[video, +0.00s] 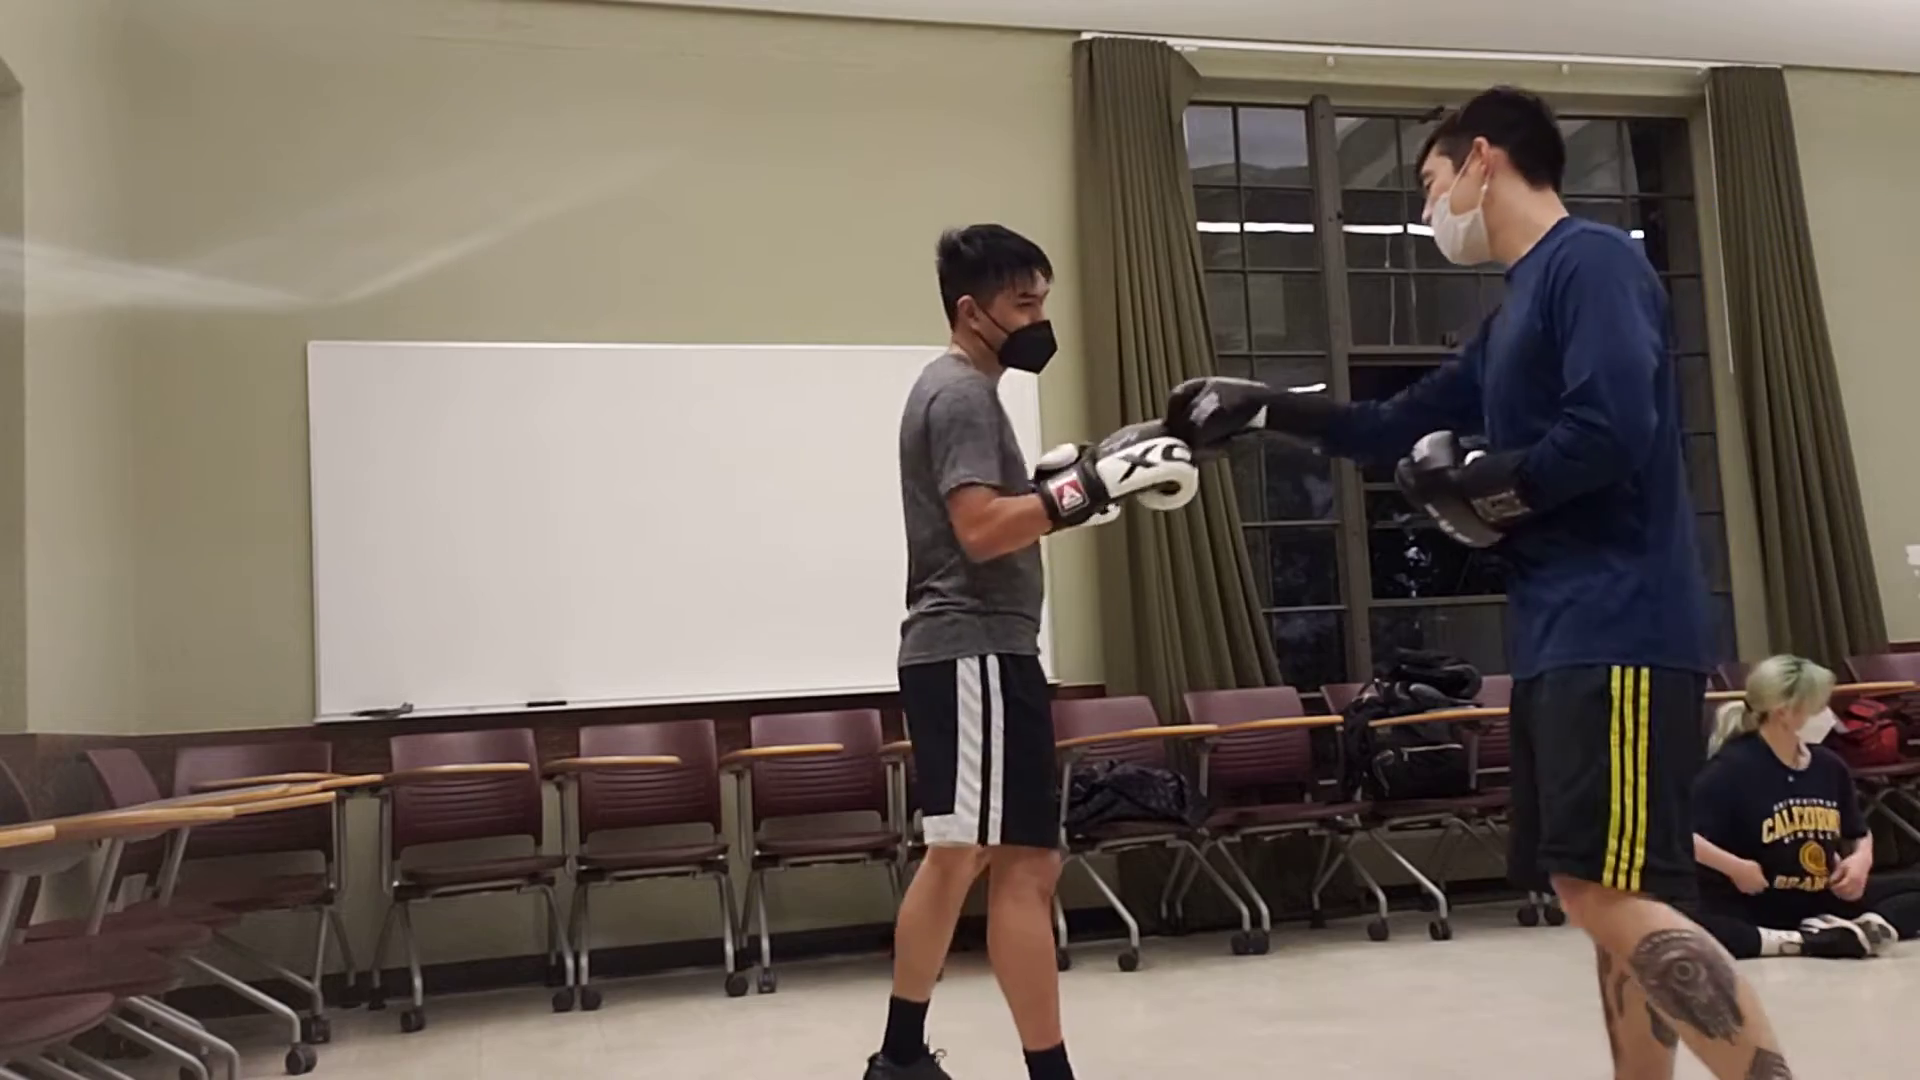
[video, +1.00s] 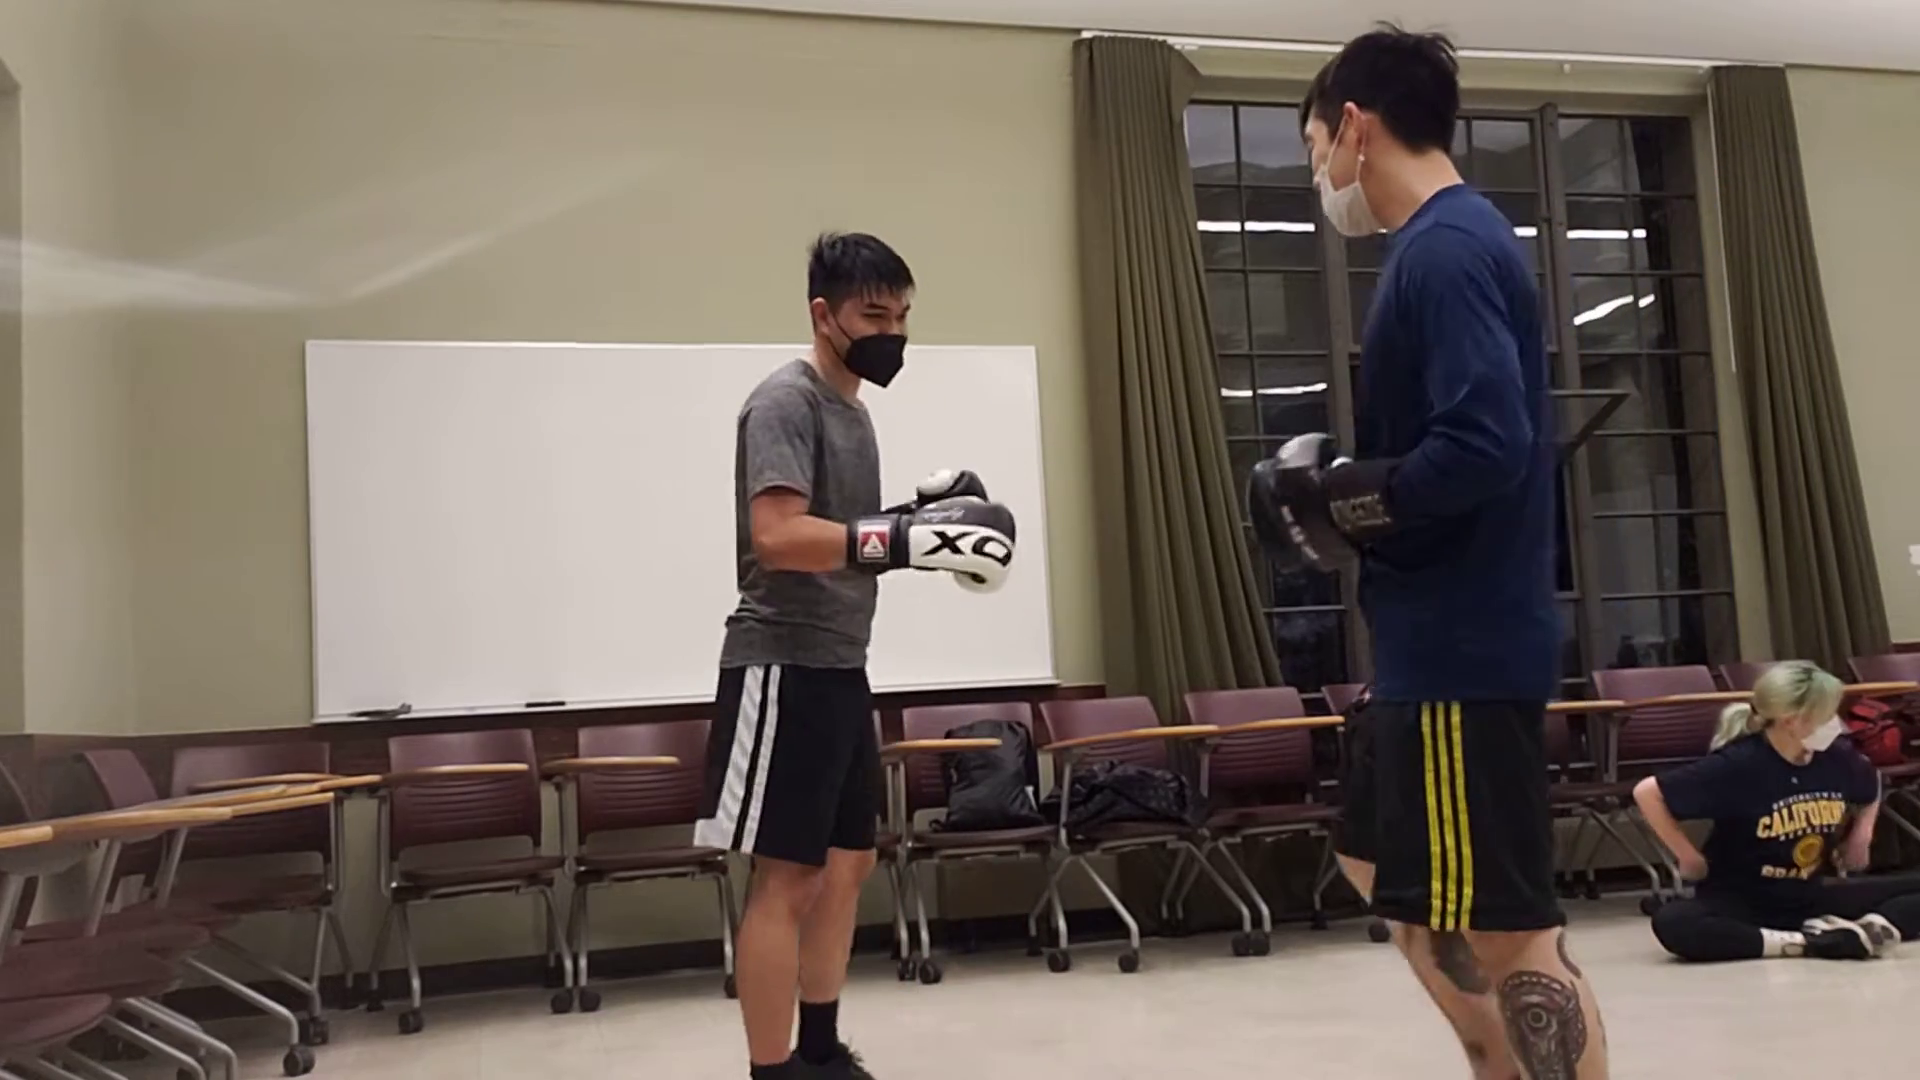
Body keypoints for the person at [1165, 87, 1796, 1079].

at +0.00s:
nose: (1426, 207)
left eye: (1430, 182)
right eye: (1422, 189)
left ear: (1482, 162)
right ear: (1497, 172)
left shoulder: (1591, 260)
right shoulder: (1519, 308)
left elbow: (1612, 434)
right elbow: (1405, 428)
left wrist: (1481, 477)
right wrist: (1262, 408)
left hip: (1623, 629)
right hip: (1563, 633)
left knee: (1599, 888)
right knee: (1596, 890)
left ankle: (1762, 1069)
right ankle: (1644, 1079)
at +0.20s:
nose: (1399, 211)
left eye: (1403, 185)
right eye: (1394, 192)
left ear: (1456, 166)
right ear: (1470, 173)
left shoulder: (1562, 267)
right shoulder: (1507, 293)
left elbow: (1617, 439)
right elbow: (1503, 472)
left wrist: (1472, 487)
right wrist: (1333, 501)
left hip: (1598, 636)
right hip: (1553, 638)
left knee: (1591, 897)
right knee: (1595, 897)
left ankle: (1633, 1075)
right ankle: (1638, 1073)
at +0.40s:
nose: (1374, 203)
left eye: (1376, 178)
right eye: (1369, 183)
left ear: (1419, 161)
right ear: (1445, 168)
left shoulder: (1533, 263)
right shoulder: (1487, 281)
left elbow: (1593, 425)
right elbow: (1516, 449)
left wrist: (1443, 488)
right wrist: (1413, 504)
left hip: (1546, 645)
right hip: (1533, 642)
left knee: (1520, 906)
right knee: (1598, 915)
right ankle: (1633, 1075)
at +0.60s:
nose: (1368, 189)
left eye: (1365, 160)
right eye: (1362, 165)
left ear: (1408, 138)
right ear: (1448, 139)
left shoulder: (1495, 253)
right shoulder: (1510, 246)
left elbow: (1524, 423)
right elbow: (1523, 432)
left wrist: (1397, 466)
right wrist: (1400, 470)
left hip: (1504, 644)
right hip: (1517, 638)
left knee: (1529, 926)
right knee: (1551, 918)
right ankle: (1608, 1075)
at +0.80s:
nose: (1354, 177)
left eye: (1351, 149)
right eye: (1348, 154)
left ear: (1392, 128)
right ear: (1450, 127)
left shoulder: (1468, 248)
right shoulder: (1497, 236)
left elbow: (1487, 425)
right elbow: (1489, 429)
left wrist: (1372, 472)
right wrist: (1381, 447)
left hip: (1485, 650)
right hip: (1498, 646)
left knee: (1504, 936)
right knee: (1526, 930)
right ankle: (1585, 1078)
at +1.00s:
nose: (1320, 177)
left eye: (1316, 149)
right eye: (1315, 154)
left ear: (1357, 130)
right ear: (1407, 130)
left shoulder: (1444, 251)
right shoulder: (1461, 241)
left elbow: (1489, 443)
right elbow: (1481, 445)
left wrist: (1356, 502)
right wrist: (1352, 491)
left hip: (1466, 652)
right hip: (1432, 646)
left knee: (1505, 928)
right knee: (1389, 881)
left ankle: (1572, 1078)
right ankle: (1502, 1068)